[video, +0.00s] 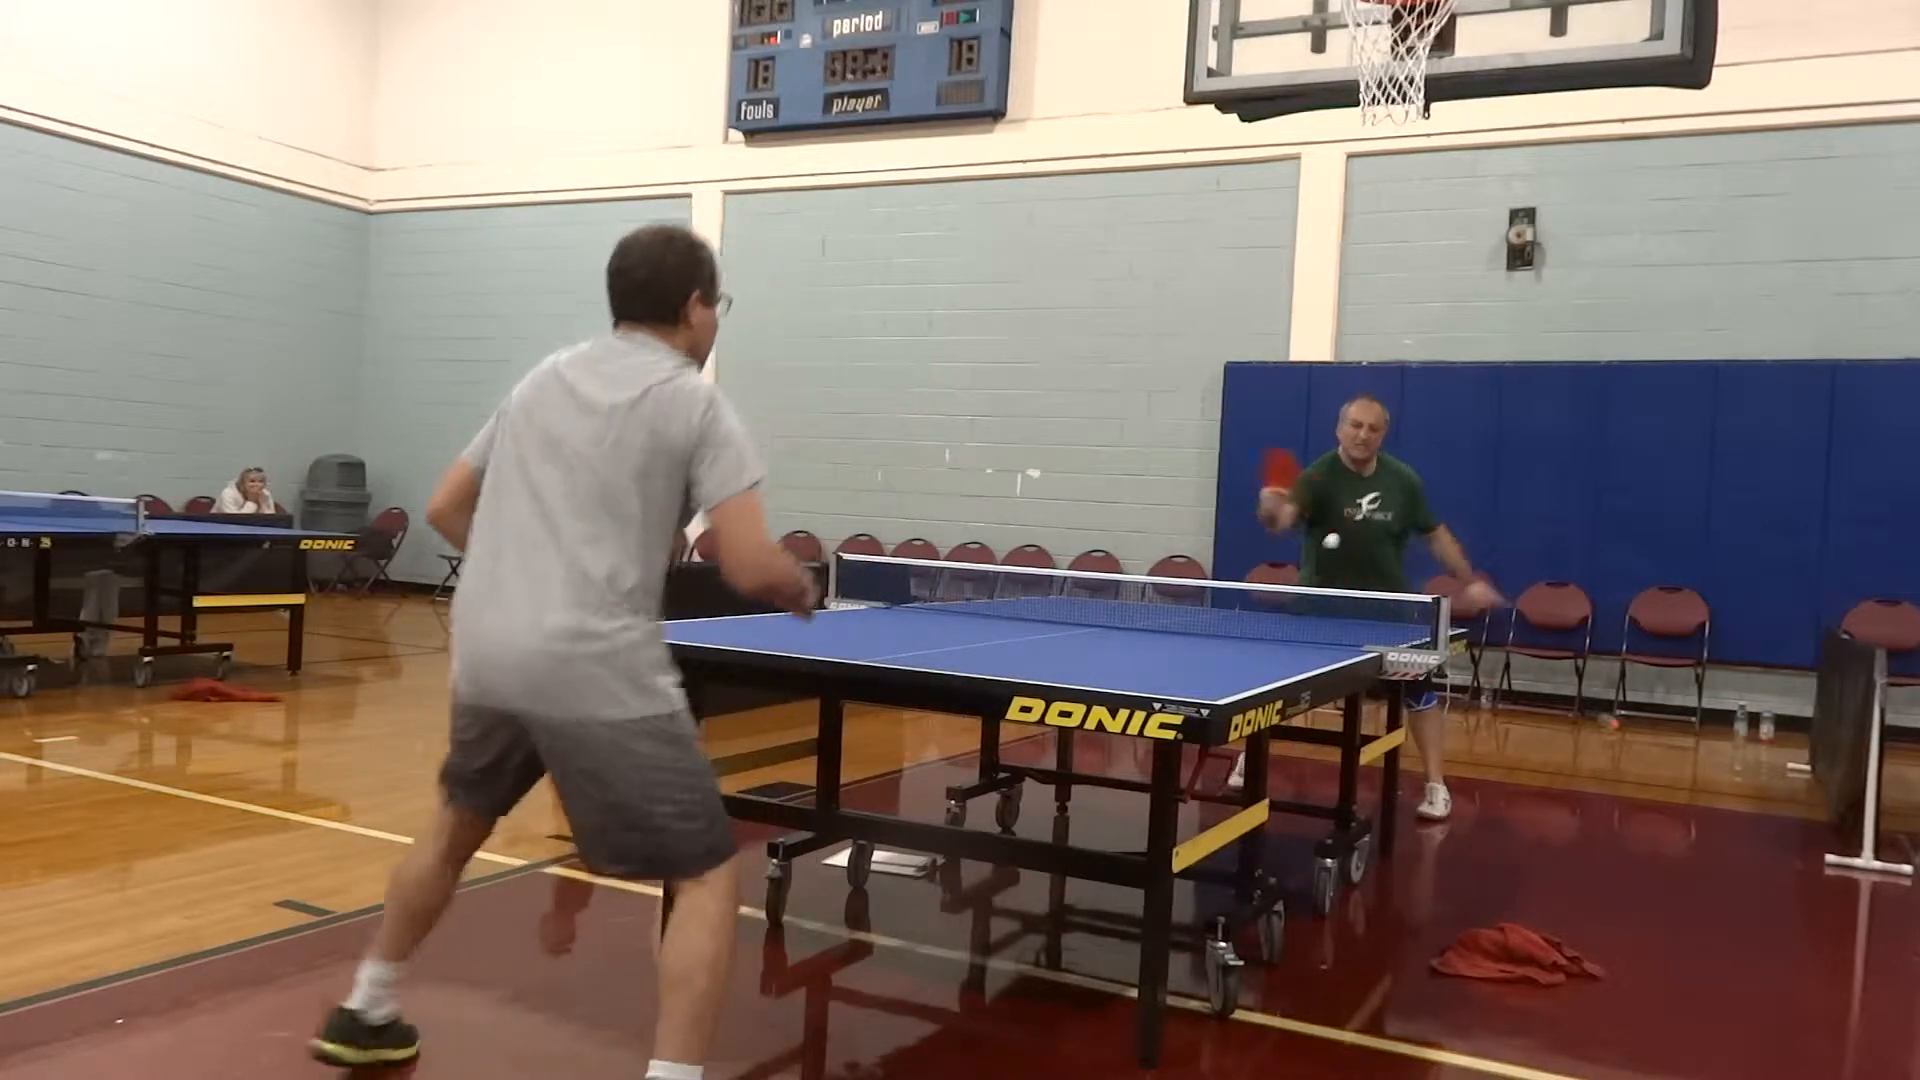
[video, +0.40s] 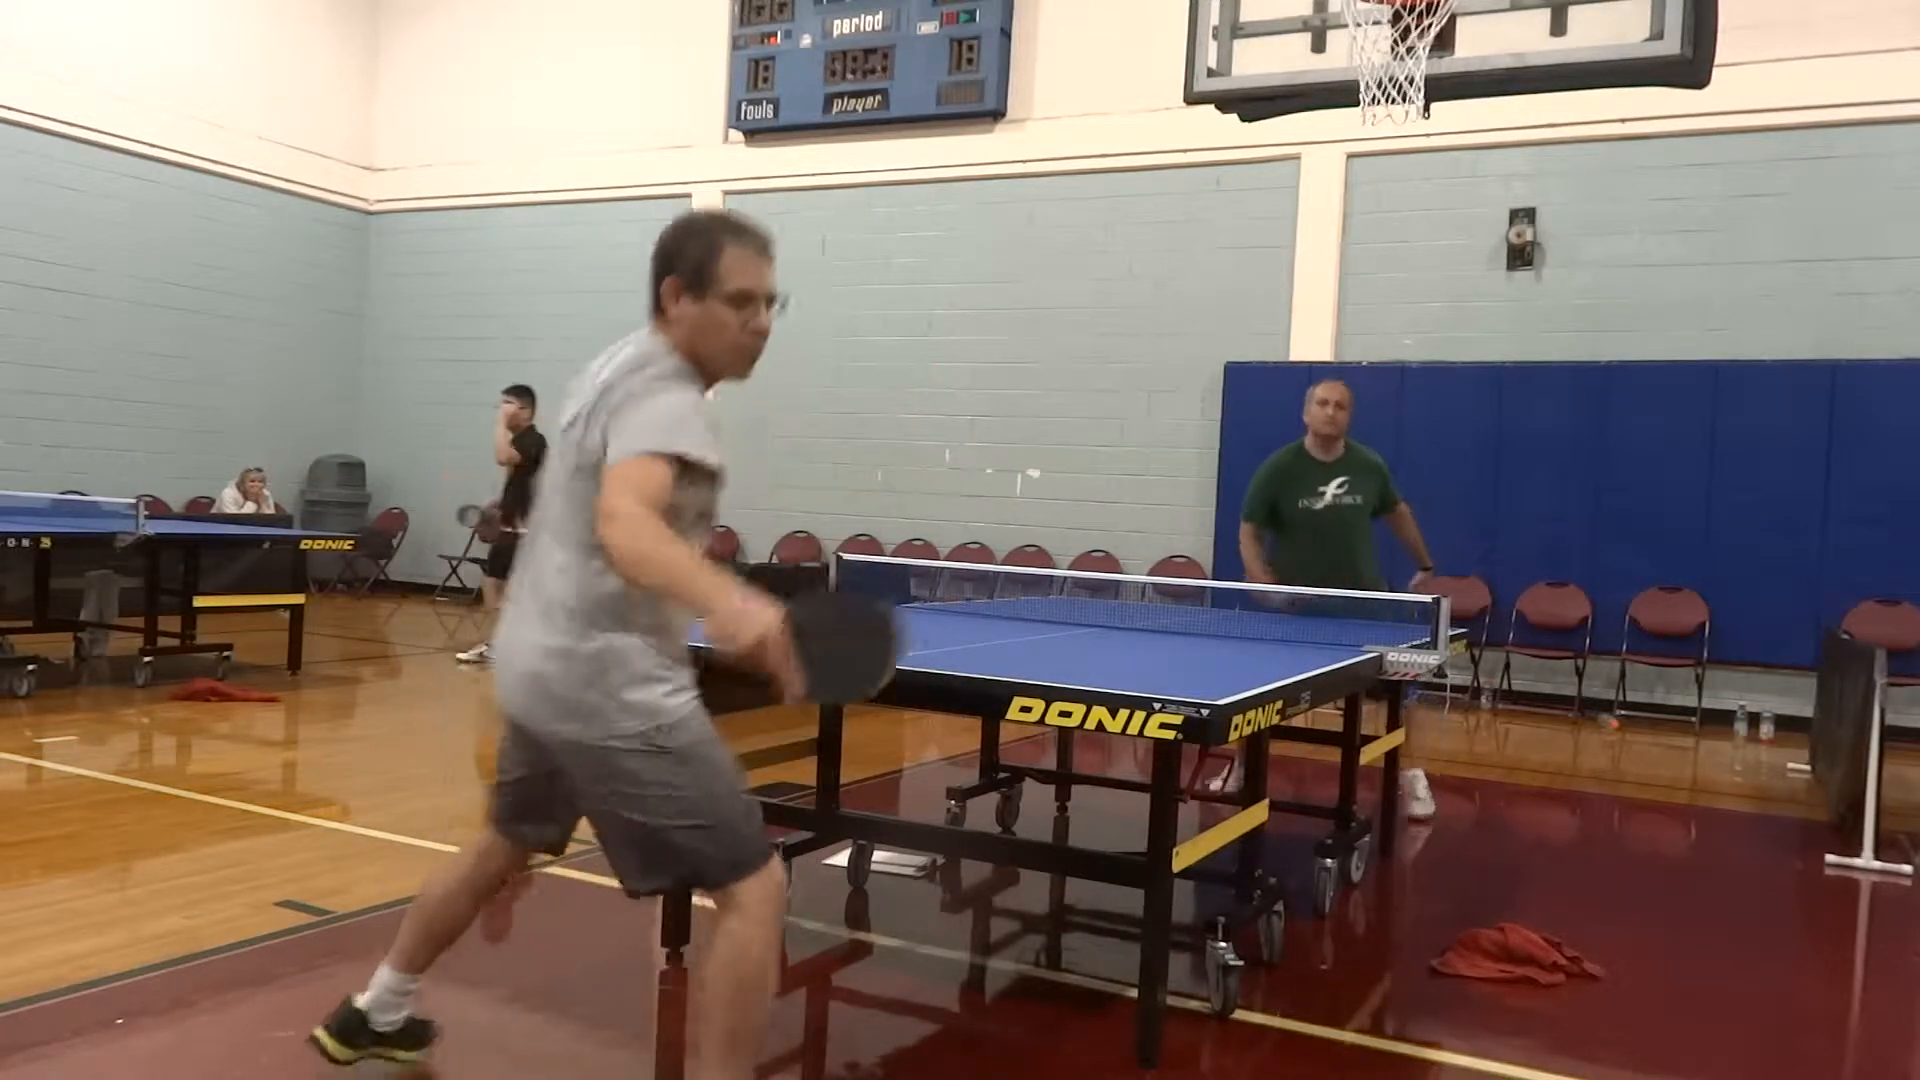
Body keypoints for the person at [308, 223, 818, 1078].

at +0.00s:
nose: (718, 318)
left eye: (716, 302)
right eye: (715, 302)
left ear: (617, 305)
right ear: (693, 306)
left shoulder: (545, 377)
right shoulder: (694, 399)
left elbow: (448, 509)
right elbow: (753, 570)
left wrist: (532, 565)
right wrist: (797, 586)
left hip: (485, 657)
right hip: (598, 671)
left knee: (453, 826)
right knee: (706, 868)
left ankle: (365, 1007)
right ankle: (674, 1070)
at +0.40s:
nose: (764, 325)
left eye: (769, 305)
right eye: (746, 303)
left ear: (675, 303)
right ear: (677, 300)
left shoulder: (618, 368)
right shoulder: (662, 389)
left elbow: (578, 522)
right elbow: (626, 525)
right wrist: (730, 602)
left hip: (539, 666)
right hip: (607, 683)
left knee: (508, 846)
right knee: (752, 885)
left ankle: (376, 1010)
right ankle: (724, 1070)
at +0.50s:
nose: (763, 288)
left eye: (776, 265)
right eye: (740, 264)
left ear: (789, 266)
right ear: (680, 264)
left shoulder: (689, 356)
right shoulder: (667, 362)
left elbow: (659, 527)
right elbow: (592, 517)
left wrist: (757, 588)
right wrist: (724, 582)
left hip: (583, 661)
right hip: (633, 683)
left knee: (566, 845)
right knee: (743, 893)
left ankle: (422, 1030)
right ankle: (722, 1076)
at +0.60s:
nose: (748, 251)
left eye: (766, 229)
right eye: (722, 228)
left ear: (783, 236)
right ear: (671, 231)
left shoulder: (721, 347)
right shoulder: (650, 344)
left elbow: (680, 524)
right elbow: (546, 510)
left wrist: (741, 625)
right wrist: (672, 613)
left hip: (647, 675)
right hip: (625, 682)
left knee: (627, 878)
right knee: (719, 906)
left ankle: (492, 1056)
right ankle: (722, 1074)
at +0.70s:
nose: (727, 229)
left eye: (748, 208)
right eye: (700, 205)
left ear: (771, 221)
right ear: (654, 216)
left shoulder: (748, 336)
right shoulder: (622, 341)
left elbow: (764, 473)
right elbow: (496, 514)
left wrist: (836, 573)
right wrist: (594, 653)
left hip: (708, 672)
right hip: (626, 686)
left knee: (657, 904)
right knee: (705, 918)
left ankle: (578, 1067)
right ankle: (703, 1074)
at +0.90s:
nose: (672, 189)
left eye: (695, 166)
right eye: (644, 168)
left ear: (732, 183)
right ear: (608, 189)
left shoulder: (760, 326)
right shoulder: (559, 329)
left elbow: (824, 465)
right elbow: (430, 504)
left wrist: (929, 563)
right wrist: (426, 703)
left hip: (706, 688)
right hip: (583, 691)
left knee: (628, 933)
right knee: (661, 936)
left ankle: (561, 1070)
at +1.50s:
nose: (518, 35)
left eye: (564, 9)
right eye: (497, 13)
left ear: (651, 50)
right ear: (476, 48)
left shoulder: (731, 250)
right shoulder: (417, 252)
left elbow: (862, 490)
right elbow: (343, 482)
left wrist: (773, 667)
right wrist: (294, 662)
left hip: (684, 796)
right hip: (467, 799)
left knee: (681, 1066)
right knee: (494, 1064)